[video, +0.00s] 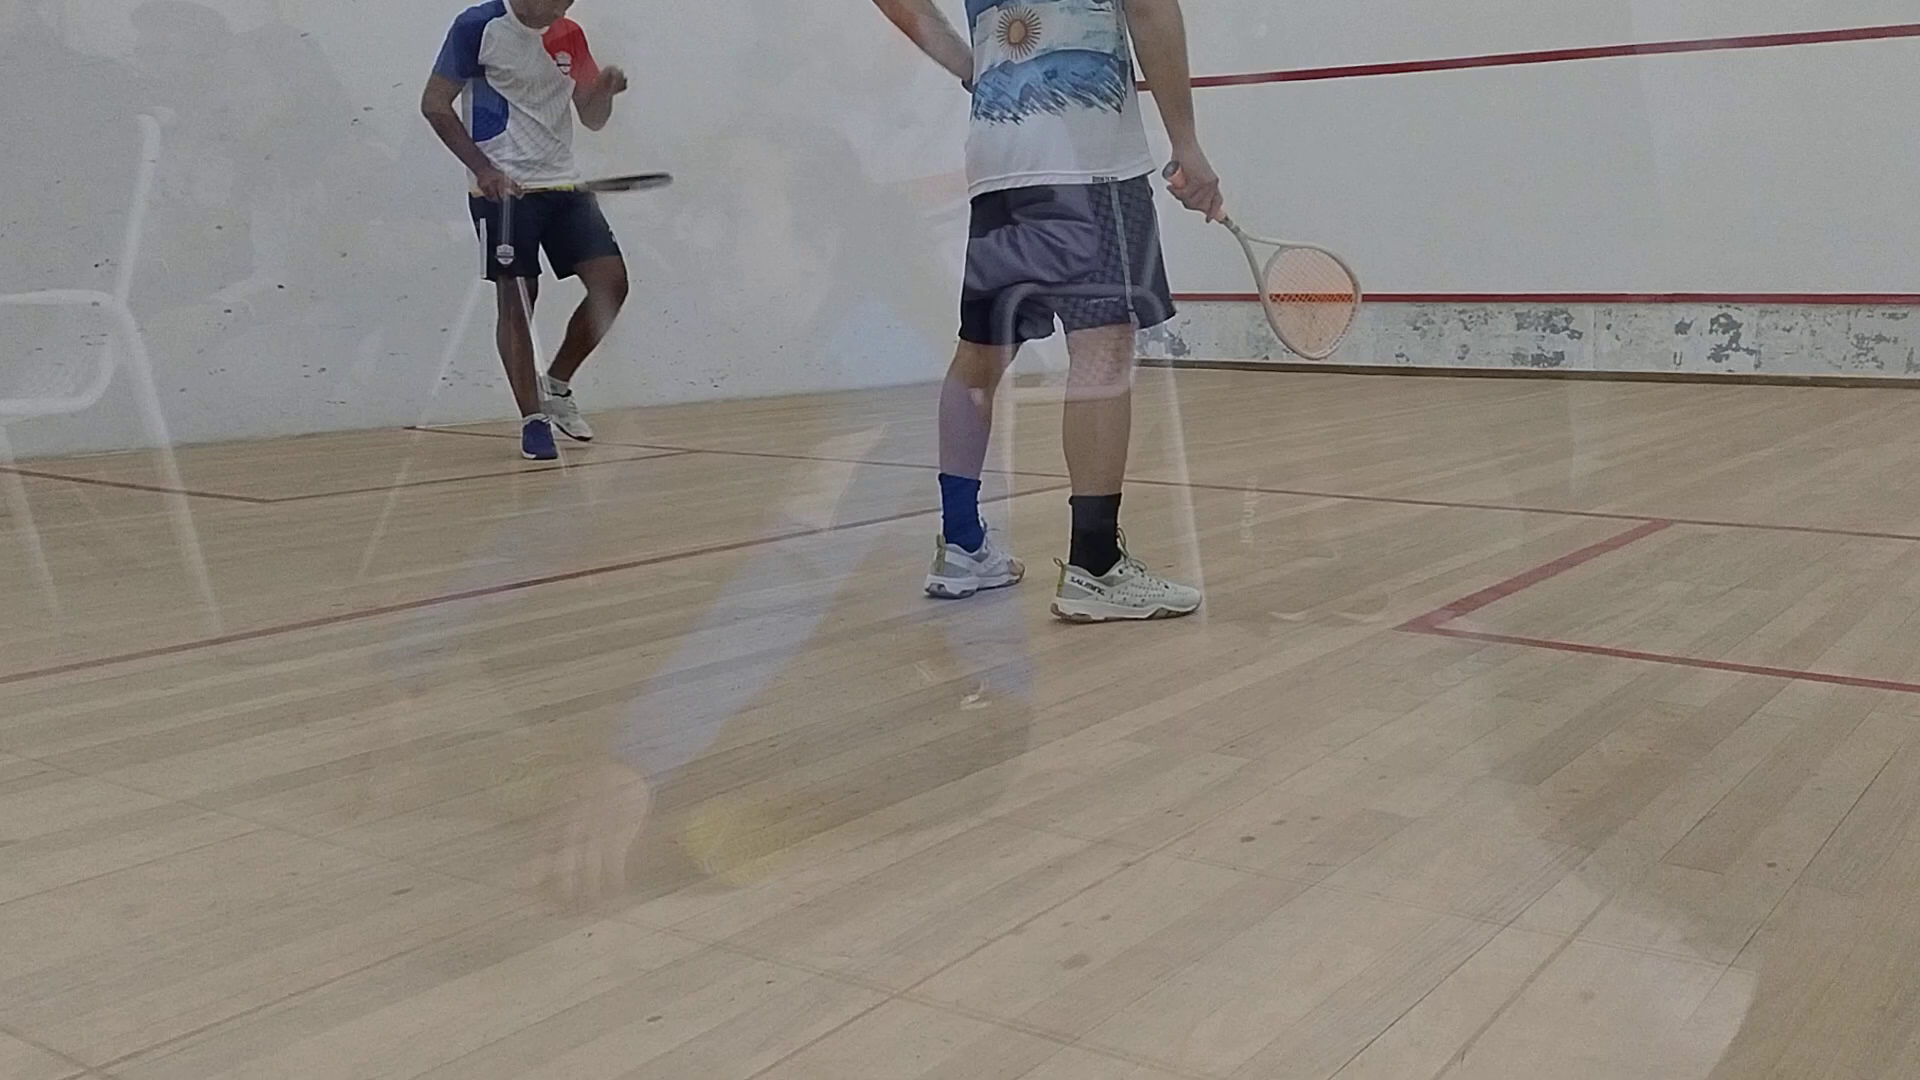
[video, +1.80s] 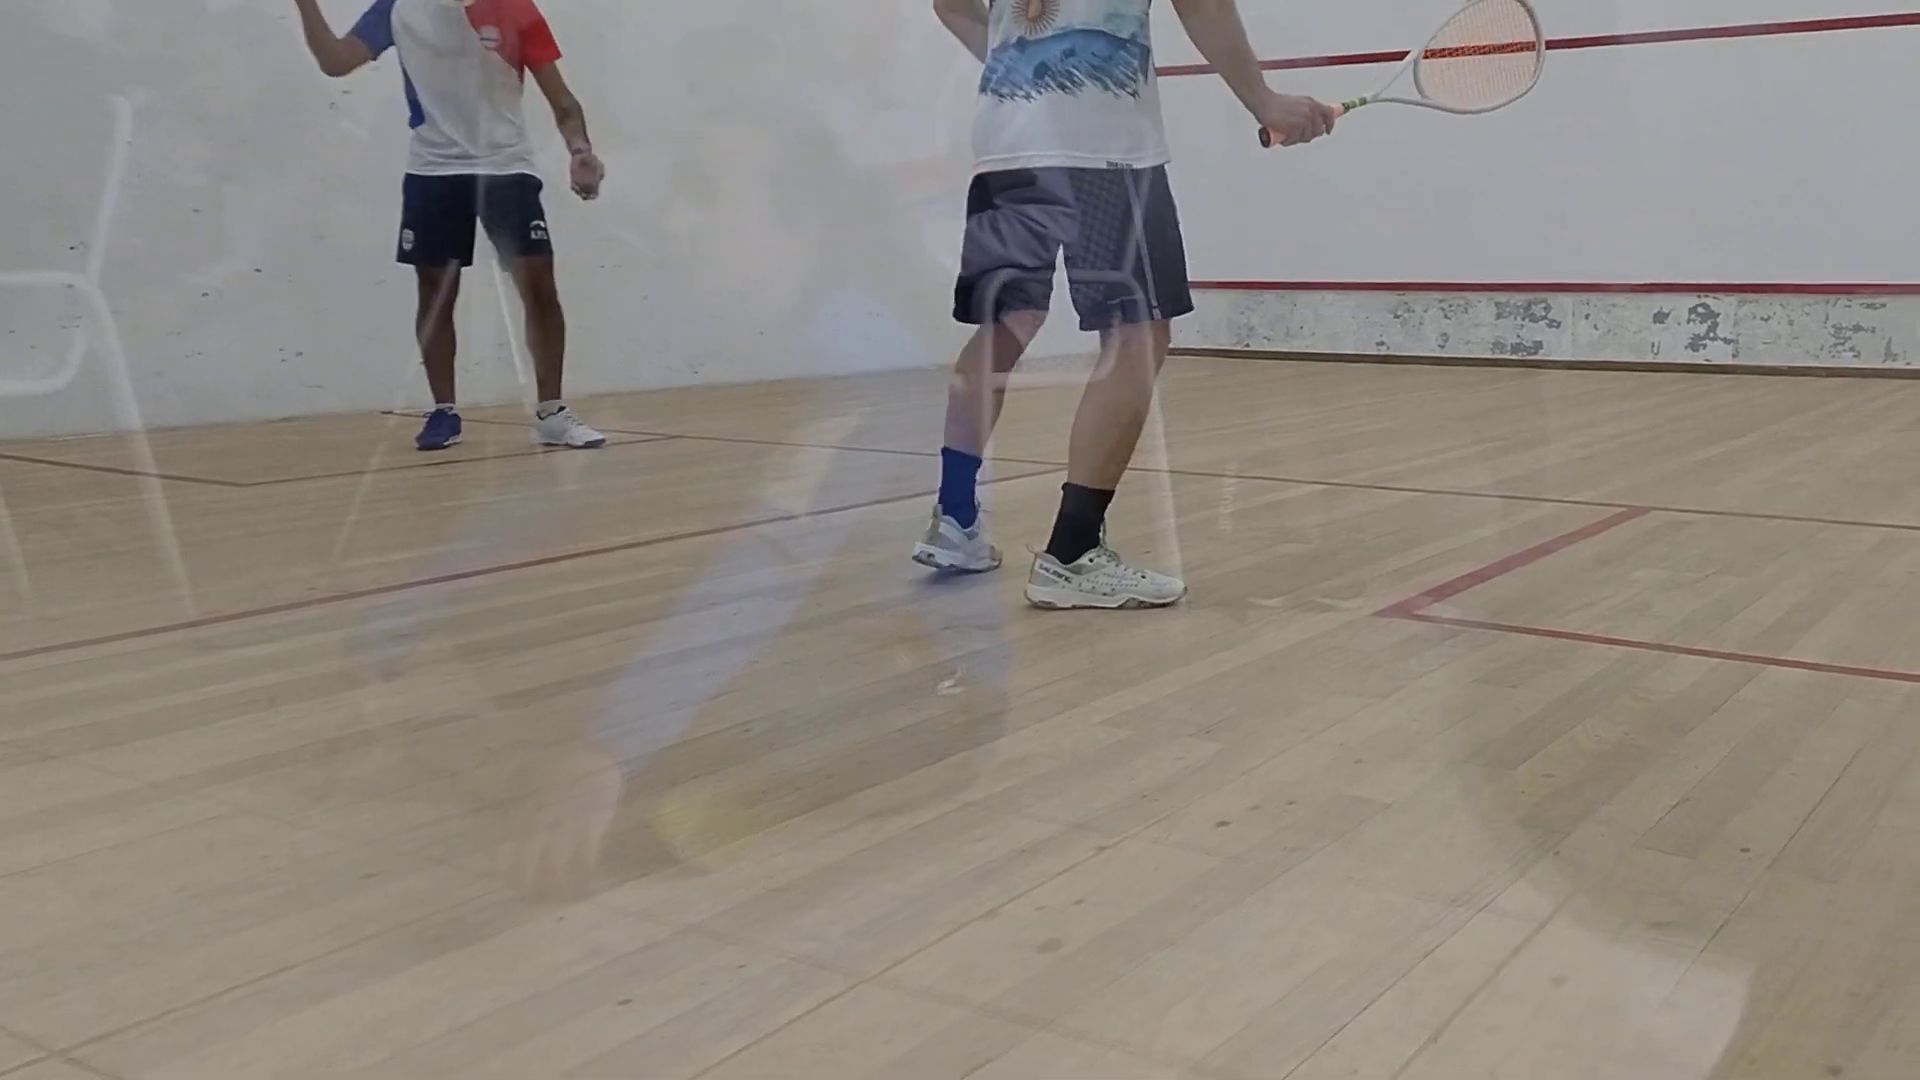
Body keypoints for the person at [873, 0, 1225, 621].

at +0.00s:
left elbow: (898, 1)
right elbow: (1152, 10)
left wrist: (978, 71)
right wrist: (1186, 144)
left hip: (993, 143)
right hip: (1085, 141)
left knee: (980, 352)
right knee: (1101, 354)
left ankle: (961, 546)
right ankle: (1095, 567)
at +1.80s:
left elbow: (952, 1)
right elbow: (1196, 2)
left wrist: (1021, 63)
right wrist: (1264, 98)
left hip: (1005, 115)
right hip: (1104, 115)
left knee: (1002, 319)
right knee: (1138, 332)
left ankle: (953, 521)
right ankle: (1071, 554)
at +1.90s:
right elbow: (1215, 1)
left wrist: (1023, 54)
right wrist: (1281, 91)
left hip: (1020, 107)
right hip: (1118, 108)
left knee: (1045, 310)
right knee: (1139, 336)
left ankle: (986, 507)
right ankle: (1067, 551)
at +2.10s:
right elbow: (1240, 0)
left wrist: (1042, 63)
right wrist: (1304, 95)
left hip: (1050, 115)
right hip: (1128, 119)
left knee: (1122, 326)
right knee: (1166, 334)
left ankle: (1148, 526)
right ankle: (1058, 545)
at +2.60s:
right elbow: (1210, 2)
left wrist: (1016, 72)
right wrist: (1283, 109)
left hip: (1017, 120)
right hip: (1113, 121)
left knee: (1077, 336)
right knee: (1167, 346)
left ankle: (1124, 533)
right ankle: (1077, 591)